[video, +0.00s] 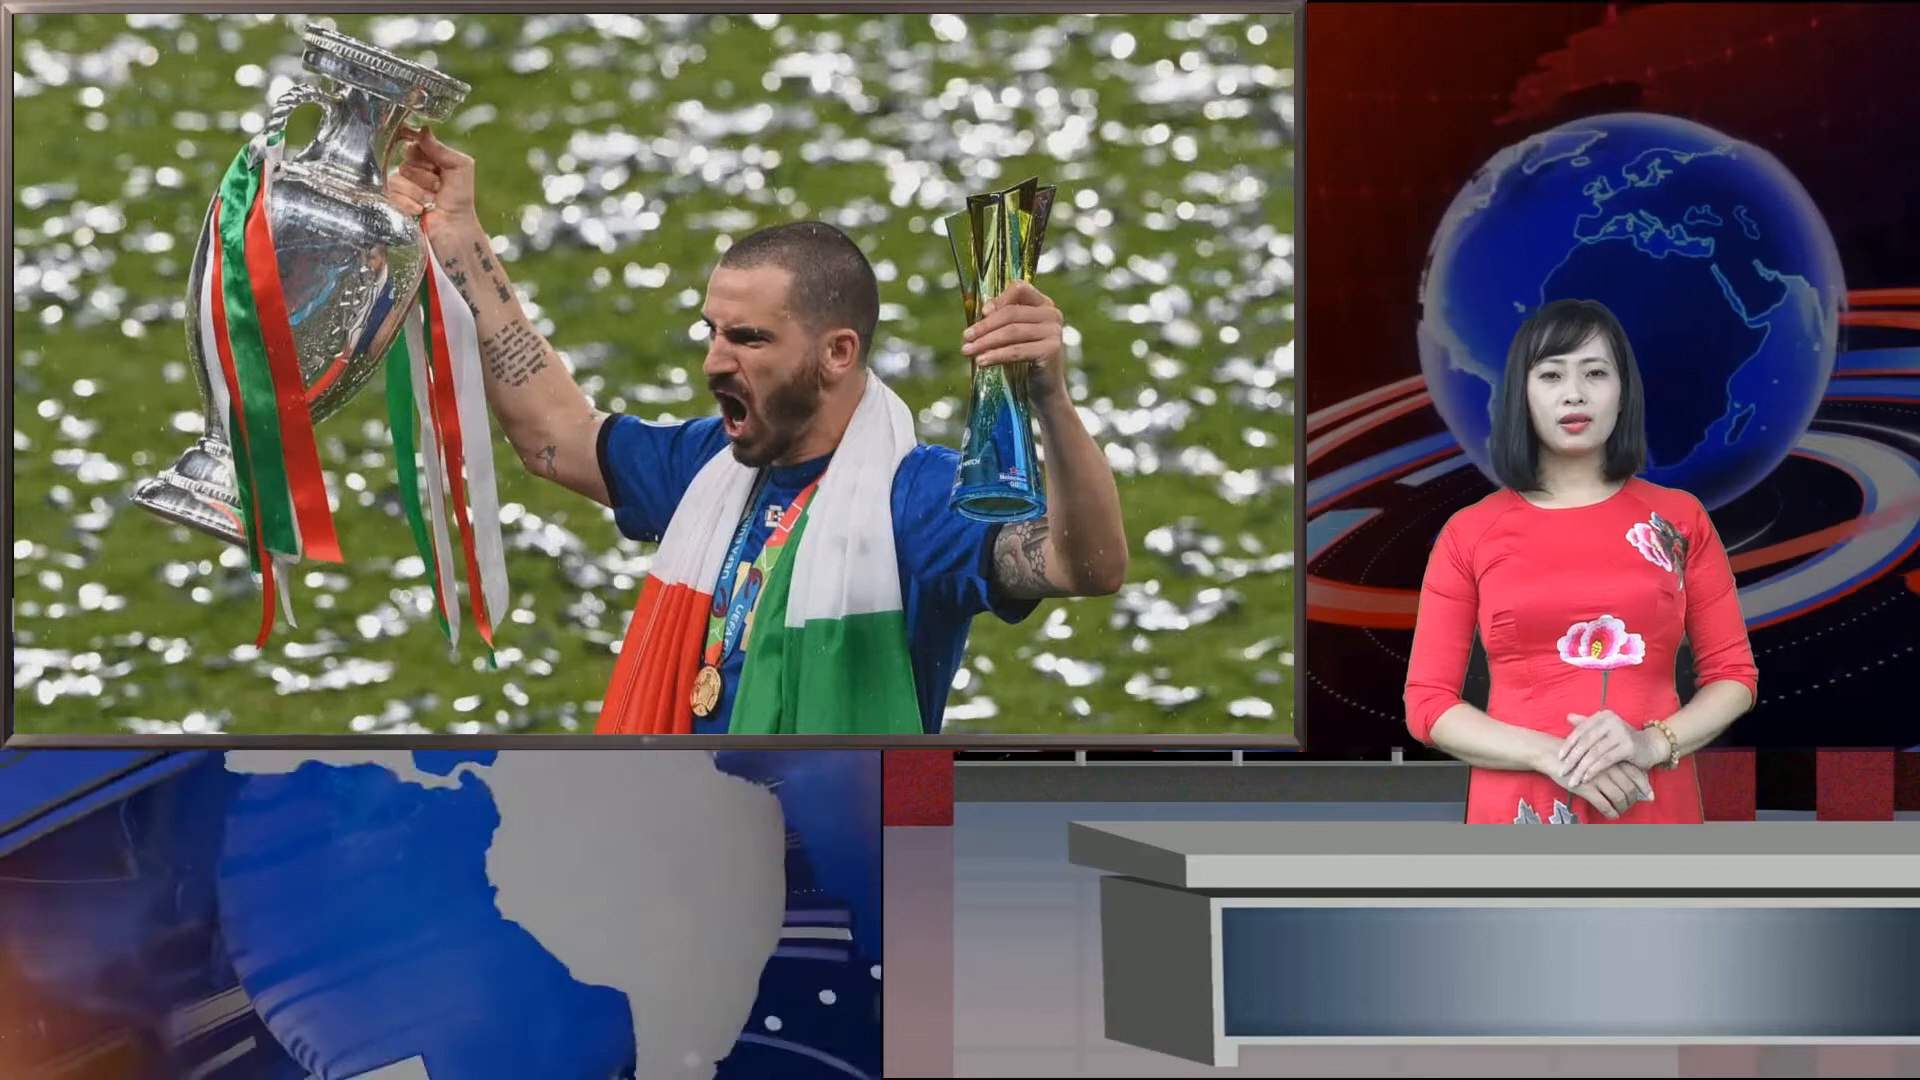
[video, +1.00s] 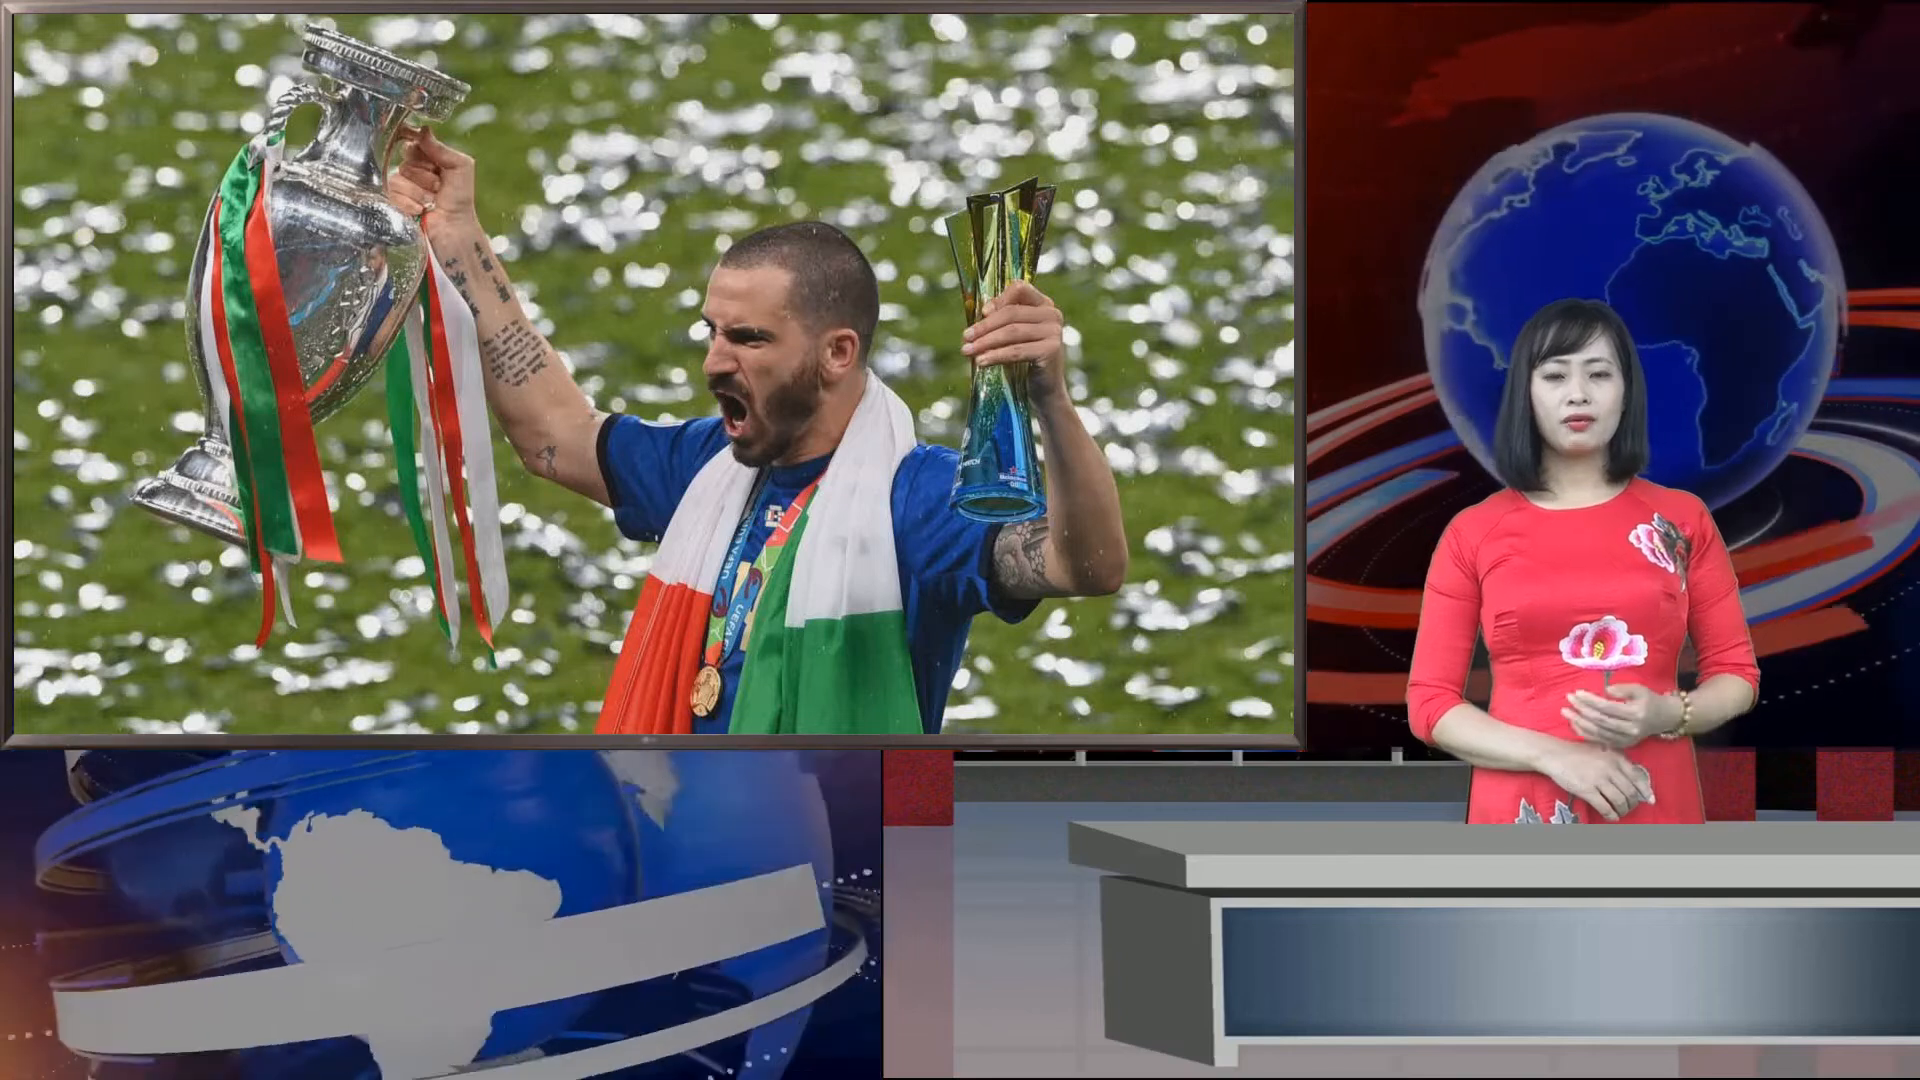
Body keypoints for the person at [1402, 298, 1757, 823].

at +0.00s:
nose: (1574, 393)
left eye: (1595, 373)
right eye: (1551, 375)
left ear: (1623, 391)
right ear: (1522, 393)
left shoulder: (1678, 519)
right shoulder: (1471, 534)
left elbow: (1733, 678)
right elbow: (1428, 704)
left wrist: (1651, 742)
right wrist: (1552, 753)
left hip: (1657, 825)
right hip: (1517, 825)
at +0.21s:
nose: (1574, 393)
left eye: (1595, 374)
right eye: (1552, 375)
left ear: (1623, 392)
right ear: (1523, 394)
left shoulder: (1679, 520)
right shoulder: (1471, 535)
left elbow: (1735, 678)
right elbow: (1428, 703)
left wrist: (1653, 738)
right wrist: (1548, 753)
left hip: (1659, 825)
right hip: (1517, 827)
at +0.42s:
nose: (1575, 395)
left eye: (1596, 375)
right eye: (1552, 376)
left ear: (1623, 392)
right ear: (1523, 394)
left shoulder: (1680, 520)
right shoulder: (1471, 536)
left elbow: (1734, 678)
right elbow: (1429, 704)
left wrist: (1651, 741)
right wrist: (1551, 754)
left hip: (1659, 826)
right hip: (1517, 827)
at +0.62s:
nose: (1576, 395)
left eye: (1597, 375)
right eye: (1554, 376)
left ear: (1625, 392)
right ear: (1525, 394)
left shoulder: (1680, 520)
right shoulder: (1473, 536)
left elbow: (1734, 679)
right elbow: (1430, 704)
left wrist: (1651, 741)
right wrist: (1551, 754)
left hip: (1660, 825)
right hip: (1518, 826)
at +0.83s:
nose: (1577, 392)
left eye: (1598, 373)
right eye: (1555, 375)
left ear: (1625, 391)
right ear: (1526, 393)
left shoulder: (1682, 520)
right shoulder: (1474, 535)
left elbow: (1736, 678)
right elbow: (1430, 703)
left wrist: (1655, 727)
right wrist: (1549, 753)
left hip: (1661, 826)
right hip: (1519, 827)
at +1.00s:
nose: (1577, 393)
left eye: (1598, 374)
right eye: (1555, 375)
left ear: (1626, 392)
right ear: (1527, 393)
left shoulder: (1682, 520)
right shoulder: (1474, 534)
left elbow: (1736, 678)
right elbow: (1430, 703)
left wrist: (1665, 715)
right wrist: (1551, 754)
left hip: (1659, 825)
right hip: (1519, 826)